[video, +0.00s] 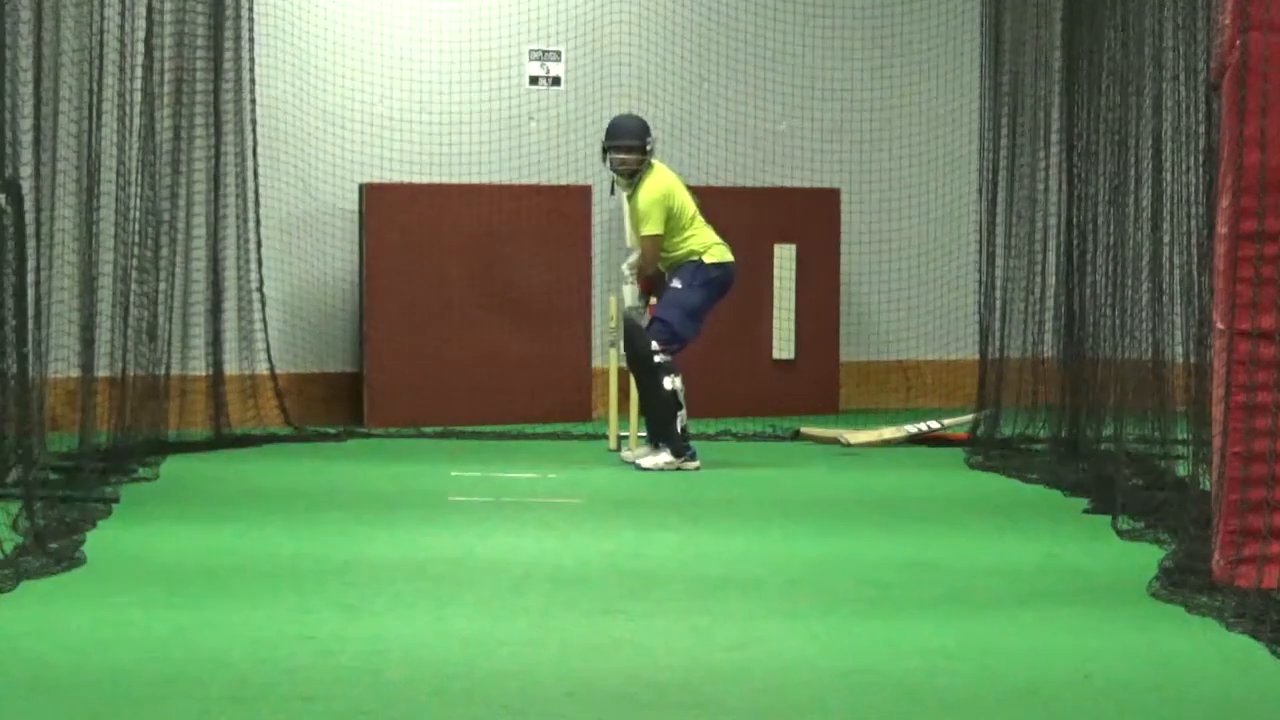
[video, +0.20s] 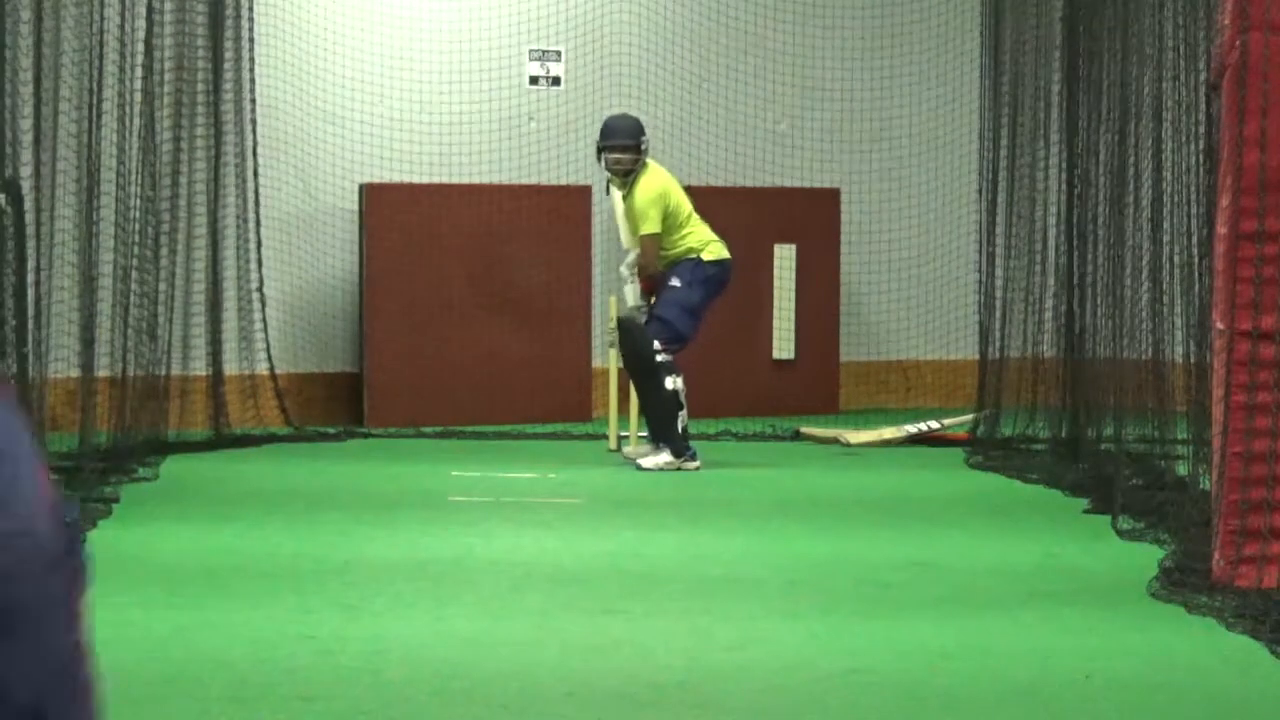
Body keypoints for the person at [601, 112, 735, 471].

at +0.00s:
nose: (625, 159)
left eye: (633, 151)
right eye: (617, 151)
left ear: (646, 152)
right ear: (606, 154)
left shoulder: (652, 189)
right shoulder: (634, 183)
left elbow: (649, 262)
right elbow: (642, 233)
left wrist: (643, 275)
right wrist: (638, 259)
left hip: (707, 263)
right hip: (685, 263)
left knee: (654, 347)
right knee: (645, 346)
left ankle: (678, 449)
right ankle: (659, 442)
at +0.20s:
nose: (619, 159)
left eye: (628, 151)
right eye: (612, 151)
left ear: (641, 152)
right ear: (601, 154)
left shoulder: (648, 188)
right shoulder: (621, 182)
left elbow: (649, 263)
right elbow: (636, 231)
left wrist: (642, 279)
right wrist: (635, 259)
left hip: (703, 260)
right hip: (678, 261)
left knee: (653, 344)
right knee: (641, 342)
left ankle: (678, 449)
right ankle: (661, 440)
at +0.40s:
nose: (611, 165)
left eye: (619, 156)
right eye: (603, 158)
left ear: (631, 157)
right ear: (591, 160)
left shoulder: (643, 193)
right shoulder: (603, 180)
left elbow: (652, 264)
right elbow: (620, 217)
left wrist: (634, 276)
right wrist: (618, 239)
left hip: (698, 254)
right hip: (672, 257)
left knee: (654, 342)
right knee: (642, 341)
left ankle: (672, 446)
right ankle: (662, 438)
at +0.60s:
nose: (604, 192)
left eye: (611, 183)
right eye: (596, 185)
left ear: (622, 175)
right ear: (582, 180)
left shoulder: (640, 200)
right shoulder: (591, 192)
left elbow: (650, 271)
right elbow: (600, 221)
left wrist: (610, 281)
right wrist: (589, 242)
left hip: (694, 256)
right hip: (661, 260)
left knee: (651, 346)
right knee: (643, 349)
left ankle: (630, 440)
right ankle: (664, 441)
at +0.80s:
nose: (602, 188)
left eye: (608, 179)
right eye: (593, 181)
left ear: (621, 170)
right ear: (582, 176)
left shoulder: (639, 166)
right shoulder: (582, 206)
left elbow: (660, 168)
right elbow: (611, 248)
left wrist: (643, 222)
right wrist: (624, 257)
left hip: (675, 254)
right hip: (635, 266)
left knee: (650, 339)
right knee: (619, 344)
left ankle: (623, 442)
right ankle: (663, 437)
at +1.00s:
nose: (605, 176)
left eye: (611, 168)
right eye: (596, 171)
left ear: (622, 153)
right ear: (583, 161)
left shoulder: (639, 146)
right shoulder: (580, 190)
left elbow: (677, 154)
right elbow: (617, 232)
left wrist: (677, 207)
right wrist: (652, 249)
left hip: (665, 253)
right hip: (621, 257)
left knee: (655, 341)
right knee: (620, 340)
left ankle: (638, 435)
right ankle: (632, 432)